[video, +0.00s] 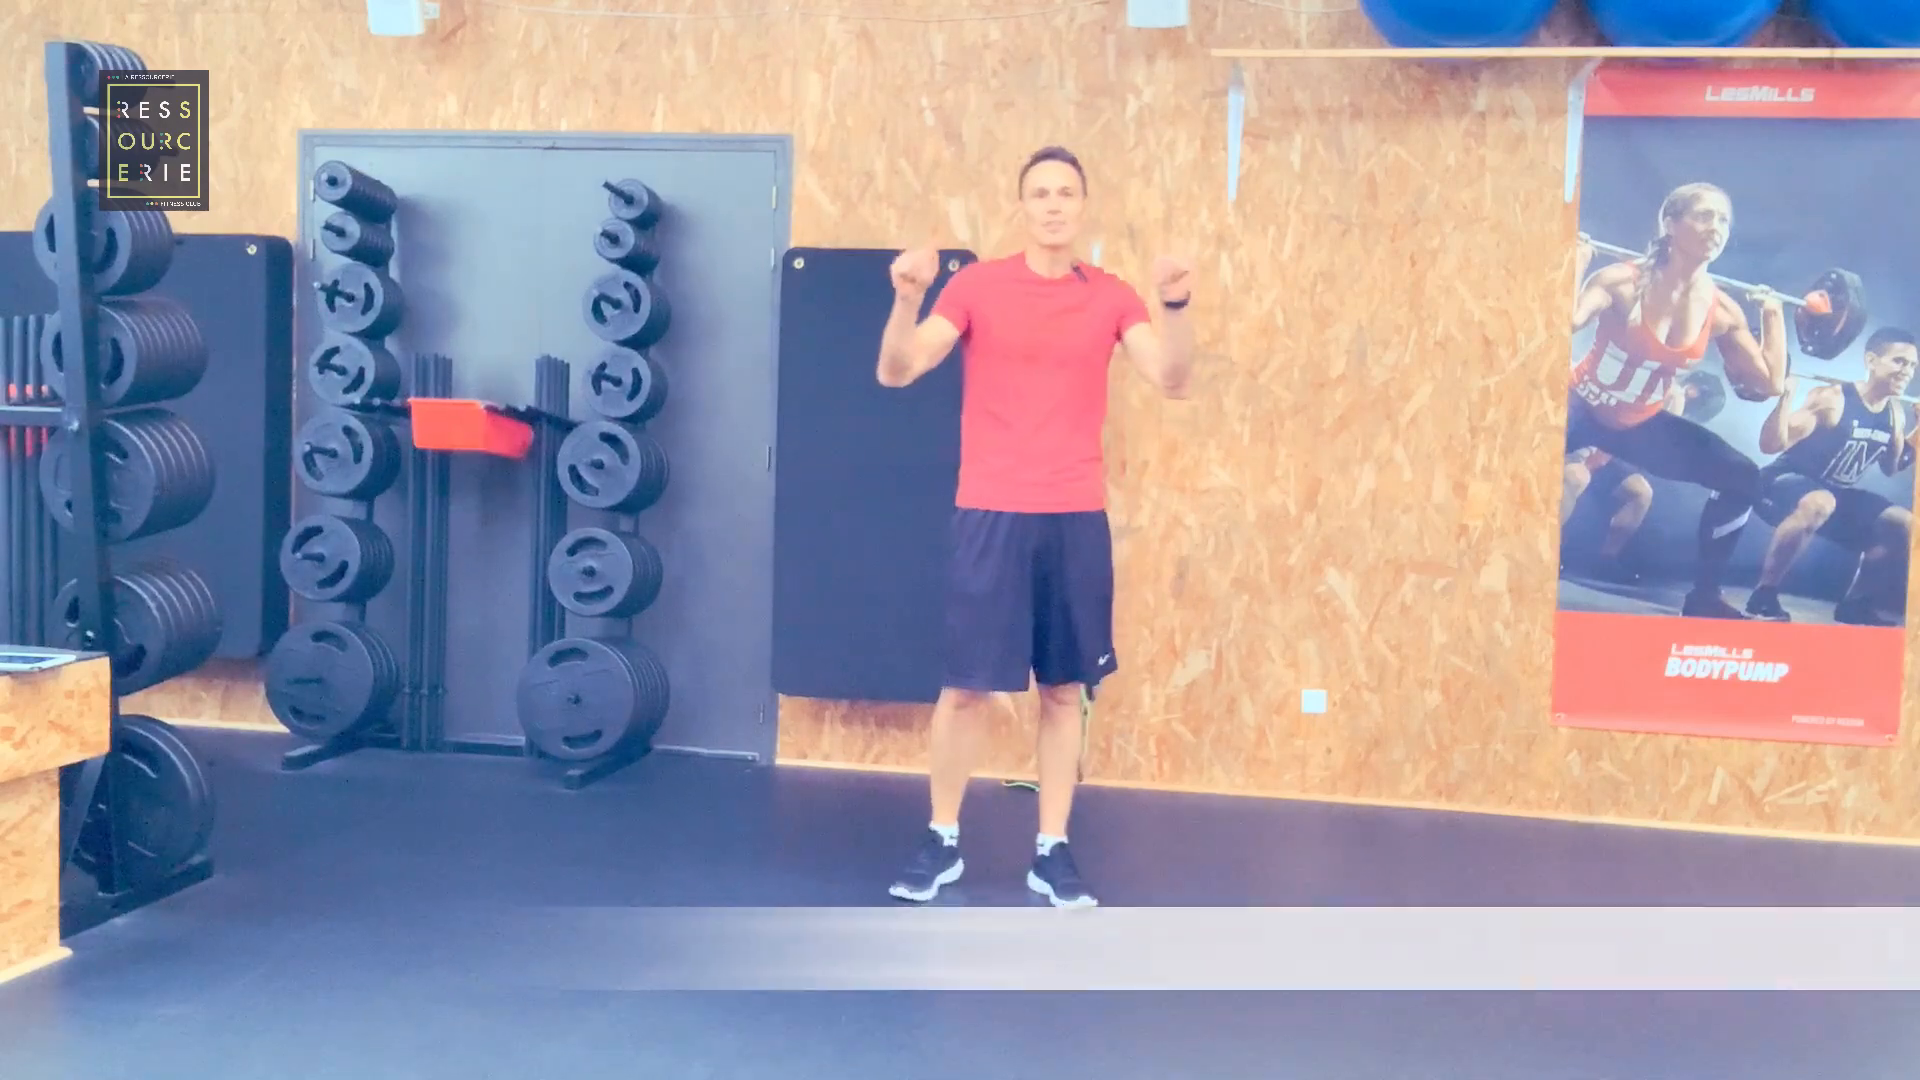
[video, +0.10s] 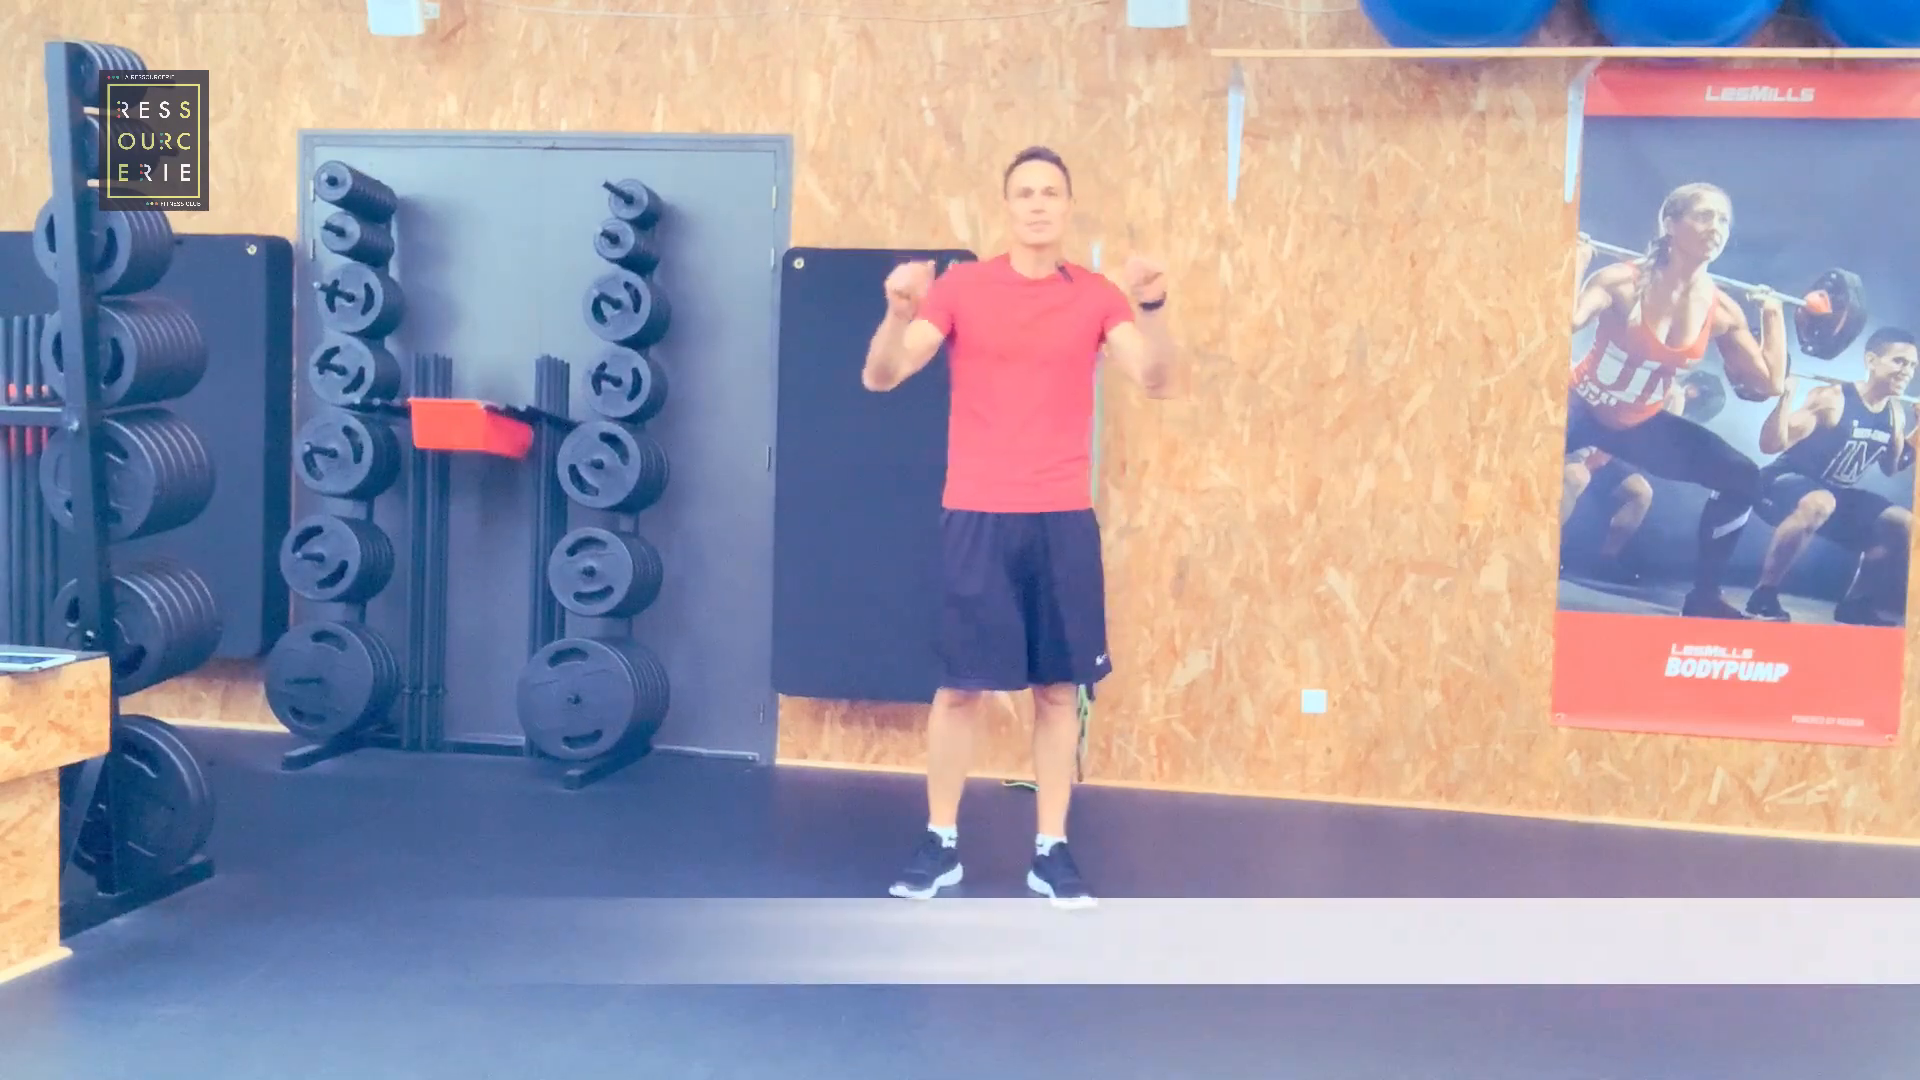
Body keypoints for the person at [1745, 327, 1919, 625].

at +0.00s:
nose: (1906, 372)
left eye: (1912, 365)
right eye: (1899, 361)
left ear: (1914, 372)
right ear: (1871, 361)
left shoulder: (1894, 413)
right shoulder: (1830, 398)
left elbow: (1891, 467)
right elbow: (1769, 444)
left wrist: (1910, 441)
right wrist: (1785, 396)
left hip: (1839, 495)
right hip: (1786, 481)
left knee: (1905, 525)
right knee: (1820, 503)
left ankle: (1854, 605)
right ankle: (1763, 596)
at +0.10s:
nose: (1906, 371)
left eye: (1911, 365)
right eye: (1899, 361)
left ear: (1914, 371)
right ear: (1871, 361)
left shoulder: (1894, 412)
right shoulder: (1830, 398)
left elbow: (1892, 467)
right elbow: (1769, 444)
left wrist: (1912, 438)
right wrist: (1786, 395)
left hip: (1839, 495)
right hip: (1786, 480)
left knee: (1905, 525)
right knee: (1820, 503)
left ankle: (1855, 605)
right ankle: (1763, 596)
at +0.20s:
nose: (1906, 371)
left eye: (1911, 365)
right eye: (1899, 361)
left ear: (1914, 371)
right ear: (1871, 361)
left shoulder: (1894, 412)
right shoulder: (1830, 398)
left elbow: (1892, 467)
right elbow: (1769, 444)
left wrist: (1913, 438)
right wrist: (1786, 395)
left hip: (1839, 494)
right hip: (1786, 481)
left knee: (1905, 525)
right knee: (1820, 503)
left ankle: (1855, 605)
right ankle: (1763, 596)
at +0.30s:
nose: (1906, 372)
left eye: (1912, 365)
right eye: (1899, 361)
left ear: (1914, 372)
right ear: (1871, 361)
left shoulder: (1894, 413)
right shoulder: (1830, 398)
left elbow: (1891, 467)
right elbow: (1769, 444)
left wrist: (1911, 441)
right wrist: (1785, 396)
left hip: (1839, 495)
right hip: (1785, 481)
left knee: (1905, 525)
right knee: (1820, 503)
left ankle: (1855, 605)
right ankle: (1764, 596)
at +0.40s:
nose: (1906, 371)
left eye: (1911, 365)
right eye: (1899, 361)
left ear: (1914, 371)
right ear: (1871, 361)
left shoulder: (1894, 412)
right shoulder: (1830, 398)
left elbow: (1892, 467)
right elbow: (1769, 444)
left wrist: (1913, 439)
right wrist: (1786, 395)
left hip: (1839, 495)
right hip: (1786, 481)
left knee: (1905, 525)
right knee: (1820, 503)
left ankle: (1855, 605)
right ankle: (1763, 596)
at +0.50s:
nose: (1906, 371)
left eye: (1912, 365)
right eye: (1899, 361)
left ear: (1914, 371)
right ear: (1871, 361)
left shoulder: (1894, 413)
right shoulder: (1830, 398)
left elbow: (1891, 467)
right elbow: (1769, 444)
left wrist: (1910, 442)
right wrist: (1785, 395)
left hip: (1839, 495)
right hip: (1786, 481)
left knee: (1906, 525)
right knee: (1820, 503)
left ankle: (1855, 604)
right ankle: (1764, 596)